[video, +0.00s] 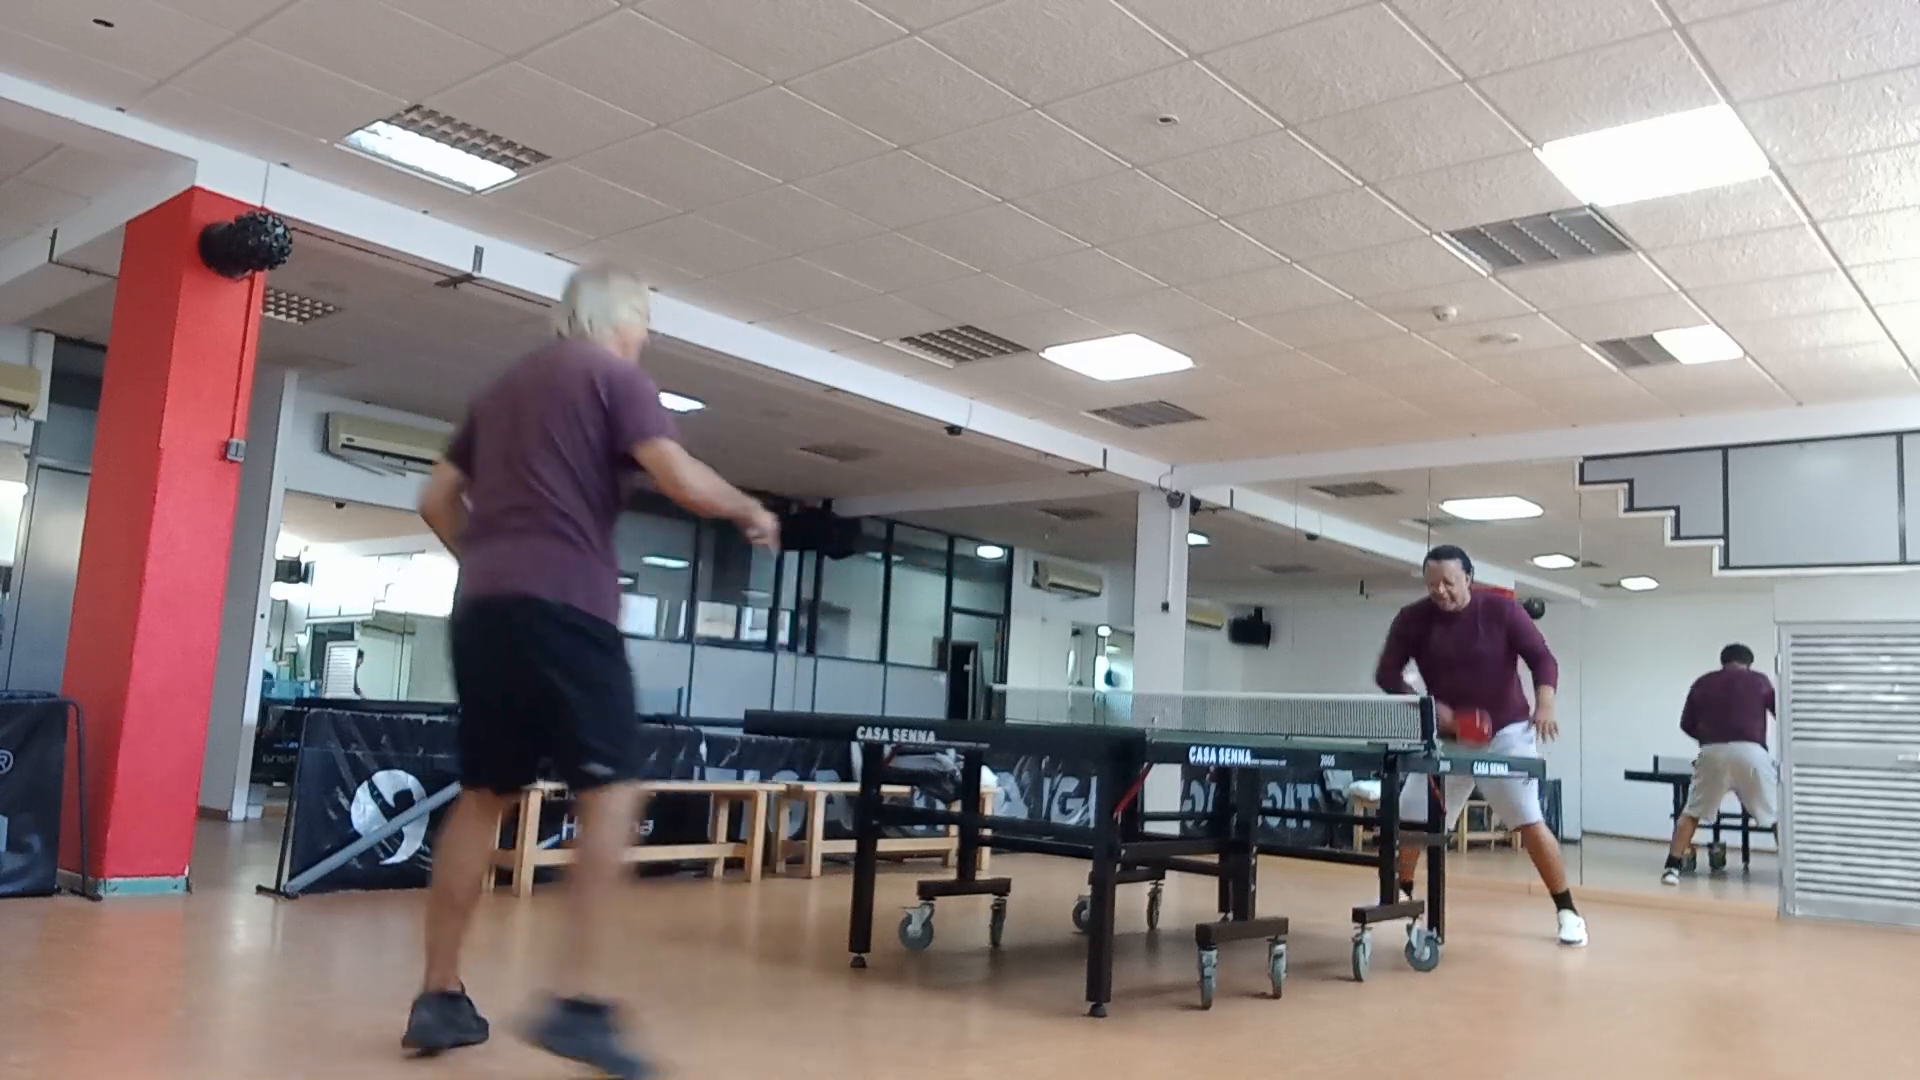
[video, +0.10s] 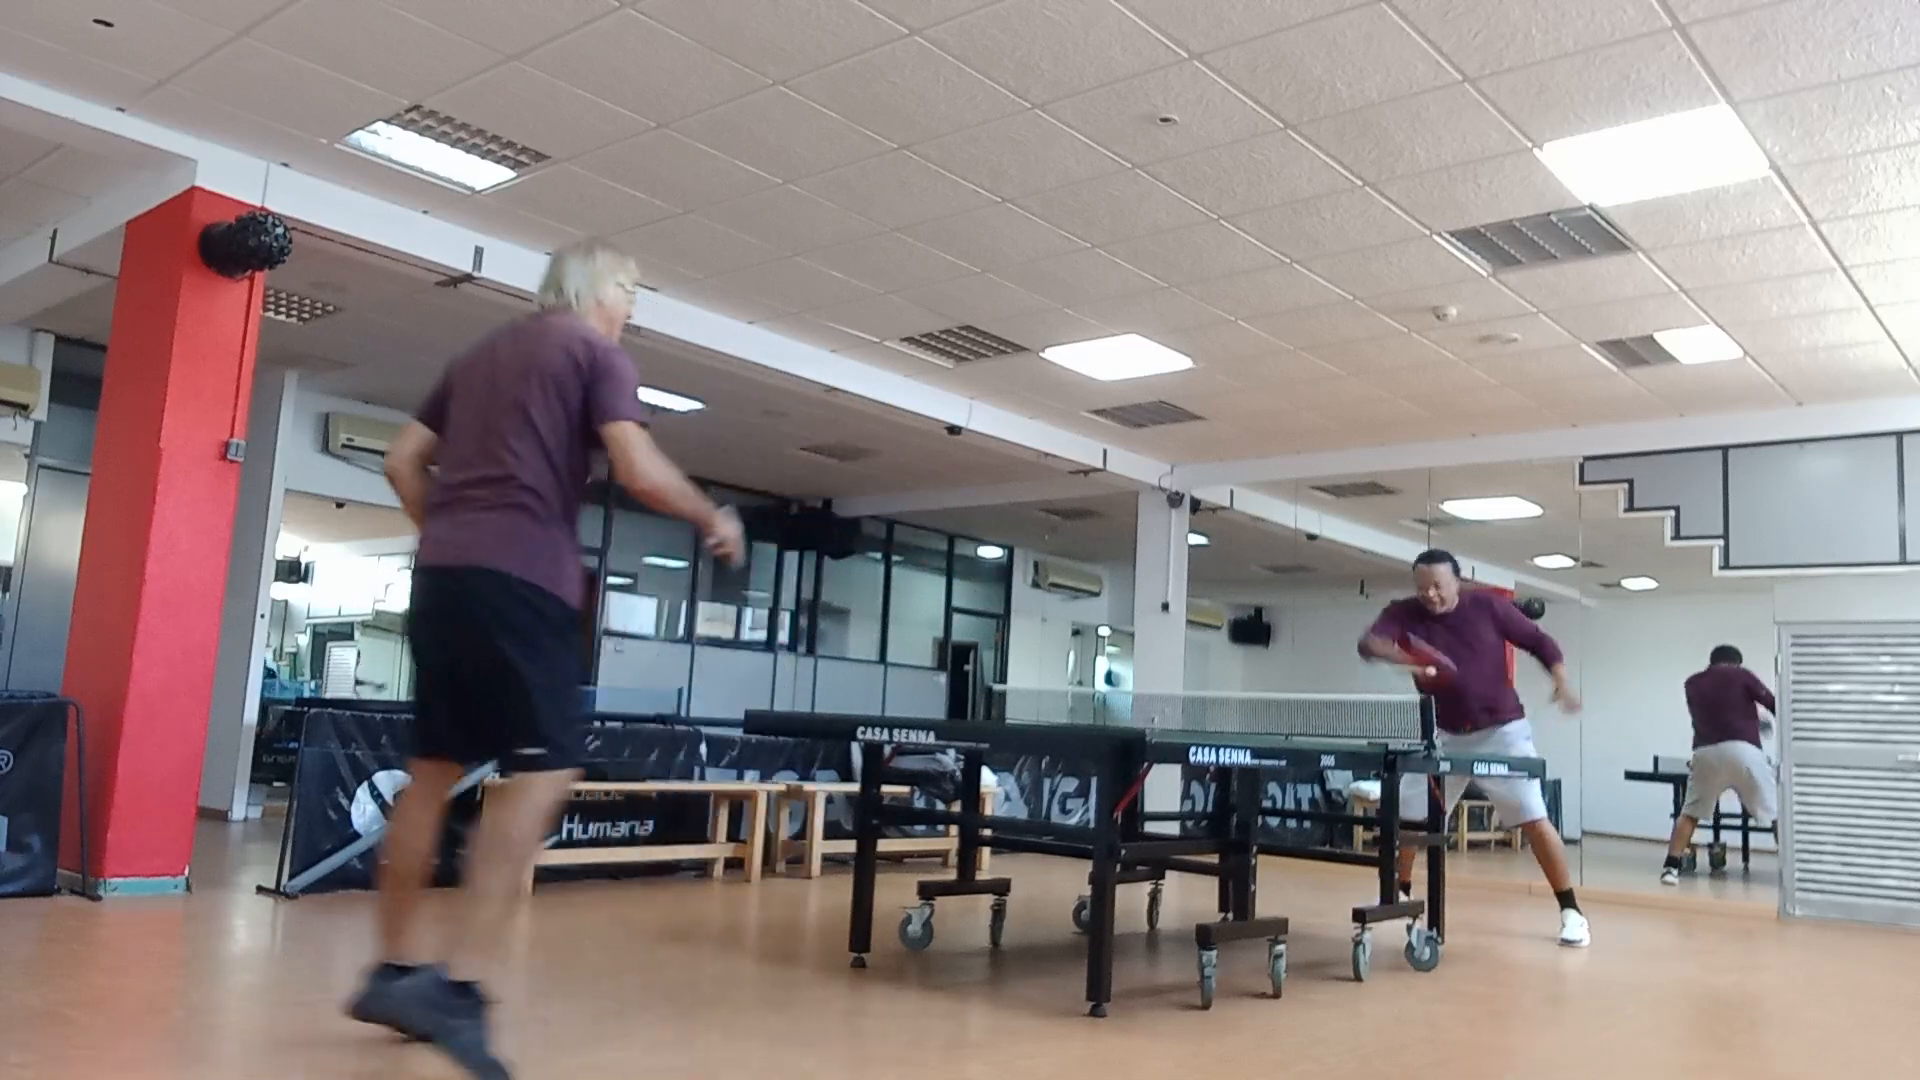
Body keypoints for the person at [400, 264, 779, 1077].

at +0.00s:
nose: (642, 344)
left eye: (643, 330)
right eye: (640, 329)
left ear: (567, 317)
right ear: (615, 319)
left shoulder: (502, 388)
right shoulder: (613, 374)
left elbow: (436, 500)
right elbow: (680, 479)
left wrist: (487, 563)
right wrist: (749, 509)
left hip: (481, 605)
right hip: (564, 605)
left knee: (484, 792)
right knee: (612, 788)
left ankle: (438, 998)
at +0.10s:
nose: (629, 316)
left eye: (631, 303)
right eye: (627, 300)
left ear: (558, 286)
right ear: (600, 291)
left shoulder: (480, 354)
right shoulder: (596, 350)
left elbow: (402, 460)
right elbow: (638, 470)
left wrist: (447, 535)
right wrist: (711, 516)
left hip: (441, 578)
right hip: (518, 580)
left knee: (433, 768)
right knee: (546, 765)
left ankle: (395, 967)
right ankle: (455, 982)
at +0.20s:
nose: (607, 336)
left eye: (610, 324)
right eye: (608, 322)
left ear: (534, 299)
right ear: (585, 311)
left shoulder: (456, 360)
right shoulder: (569, 366)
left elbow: (375, 470)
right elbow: (585, 489)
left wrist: (411, 544)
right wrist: (661, 543)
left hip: (395, 583)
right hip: (474, 596)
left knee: (378, 768)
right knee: (493, 789)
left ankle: (282, 964)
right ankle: (396, 1014)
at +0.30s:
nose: (585, 369)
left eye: (587, 353)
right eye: (585, 351)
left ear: (514, 336)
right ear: (555, 343)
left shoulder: (438, 396)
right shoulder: (524, 409)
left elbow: (354, 516)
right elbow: (503, 534)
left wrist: (452, 557)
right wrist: (583, 582)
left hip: (347, 622)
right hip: (423, 638)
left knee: (335, 804)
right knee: (480, 820)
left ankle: (208, 973)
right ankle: (382, 1037)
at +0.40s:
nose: (537, 396)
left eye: (542, 384)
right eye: (541, 384)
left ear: (468, 358)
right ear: (525, 374)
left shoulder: (382, 408)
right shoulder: (503, 439)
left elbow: (297, 514)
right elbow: (471, 583)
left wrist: (353, 573)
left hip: (305, 623)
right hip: (389, 637)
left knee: (320, 809)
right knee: (475, 815)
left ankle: (217, 982)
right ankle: (385, 1033)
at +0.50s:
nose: (478, 399)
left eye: (477, 386)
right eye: (479, 387)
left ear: (411, 346)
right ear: (467, 378)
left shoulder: (327, 381)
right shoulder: (459, 445)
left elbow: (236, 493)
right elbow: (439, 537)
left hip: (267, 623)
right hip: (370, 633)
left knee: (269, 786)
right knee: (413, 827)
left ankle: (225, 977)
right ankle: (410, 1013)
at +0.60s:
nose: (406, 394)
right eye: (405, 380)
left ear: (334, 345)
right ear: (392, 376)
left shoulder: (278, 384)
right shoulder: (383, 437)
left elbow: (177, 495)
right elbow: (295, 544)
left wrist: (136, 574)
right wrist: (179, 534)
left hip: (258, 641)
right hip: (362, 648)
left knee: (193, 791)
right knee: (391, 816)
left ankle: (185, 988)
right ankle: (483, 962)